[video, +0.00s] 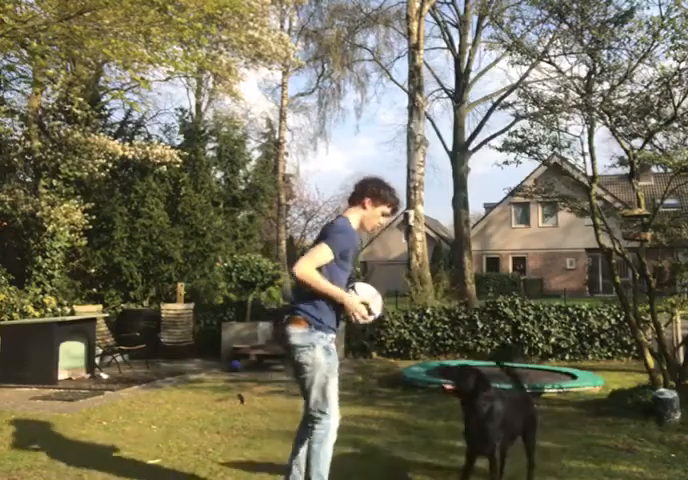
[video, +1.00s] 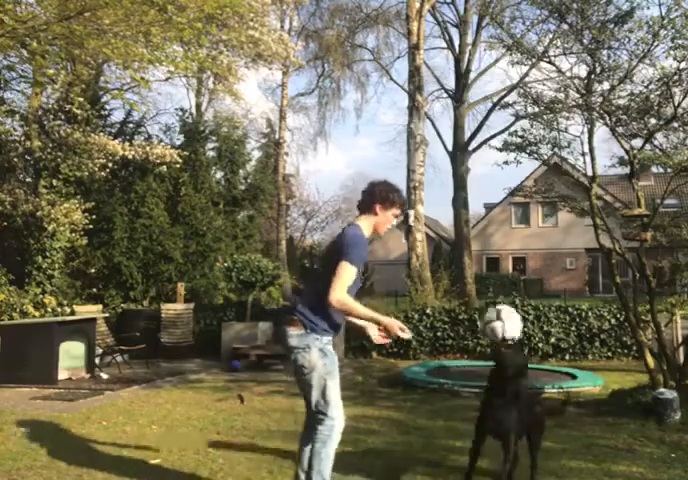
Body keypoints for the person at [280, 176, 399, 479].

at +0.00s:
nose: (381, 224)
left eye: (386, 218)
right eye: (383, 215)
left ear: (365, 204)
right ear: (367, 202)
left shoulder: (343, 231)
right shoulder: (343, 231)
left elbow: (317, 277)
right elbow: (302, 268)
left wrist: (351, 300)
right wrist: (345, 299)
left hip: (311, 332)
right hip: (311, 334)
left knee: (316, 415)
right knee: (326, 417)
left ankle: (297, 474)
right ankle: (315, 475)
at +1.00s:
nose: (393, 224)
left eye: (396, 218)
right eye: (394, 216)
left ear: (375, 209)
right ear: (377, 208)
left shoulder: (349, 237)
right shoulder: (356, 240)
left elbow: (332, 300)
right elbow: (336, 297)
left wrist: (366, 326)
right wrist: (382, 319)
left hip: (309, 333)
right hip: (310, 335)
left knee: (319, 416)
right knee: (331, 419)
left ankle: (306, 474)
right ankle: (318, 475)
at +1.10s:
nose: (398, 224)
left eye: (400, 218)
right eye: (397, 216)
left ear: (374, 211)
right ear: (381, 211)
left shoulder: (353, 241)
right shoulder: (361, 243)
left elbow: (348, 306)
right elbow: (355, 304)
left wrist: (384, 326)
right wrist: (402, 325)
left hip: (311, 336)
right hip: (314, 338)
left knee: (328, 416)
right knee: (339, 418)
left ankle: (309, 473)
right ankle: (320, 475)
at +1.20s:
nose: (401, 228)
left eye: (403, 221)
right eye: (400, 220)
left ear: (378, 216)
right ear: (384, 217)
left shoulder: (357, 248)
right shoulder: (374, 255)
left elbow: (356, 310)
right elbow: (387, 317)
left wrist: (400, 319)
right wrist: (439, 333)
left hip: (313, 339)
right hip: (319, 342)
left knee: (339, 417)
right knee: (346, 419)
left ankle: (314, 474)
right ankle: (323, 475)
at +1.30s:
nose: (413, 237)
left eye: (412, 230)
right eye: (409, 229)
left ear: (387, 230)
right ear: (389, 230)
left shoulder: (363, 261)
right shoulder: (383, 265)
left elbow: (368, 314)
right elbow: (425, 323)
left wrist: (416, 321)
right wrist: (476, 339)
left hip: (310, 347)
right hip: (323, 350)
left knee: (340, 421)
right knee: (367, 418)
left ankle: (314, 475)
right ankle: (333, 475)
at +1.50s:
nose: (450, 272)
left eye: (449, 264)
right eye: (446, 264)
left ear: (423, 266)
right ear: (425, 265)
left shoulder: (399, 291)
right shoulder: (417, 297)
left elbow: (410, 335)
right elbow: (481, 336)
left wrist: (456, 337)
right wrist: (542, 348)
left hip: (329, 362)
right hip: (345, 363)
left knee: (360, 433)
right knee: (418, 411)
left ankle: (322, 474)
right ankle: (429, 475)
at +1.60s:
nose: (480, 291)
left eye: (481, 284)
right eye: (478, 284)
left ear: (453, 281)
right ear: (457, 282)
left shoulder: (425, 304)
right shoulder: (445, 310)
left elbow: (443, 348)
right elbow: (510, 354)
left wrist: (494, 351)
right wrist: (566, 366)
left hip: (355, 376)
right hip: (377, 379)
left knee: (373, 448)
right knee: (451, 421)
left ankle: (330, 476)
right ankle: (481, 474)